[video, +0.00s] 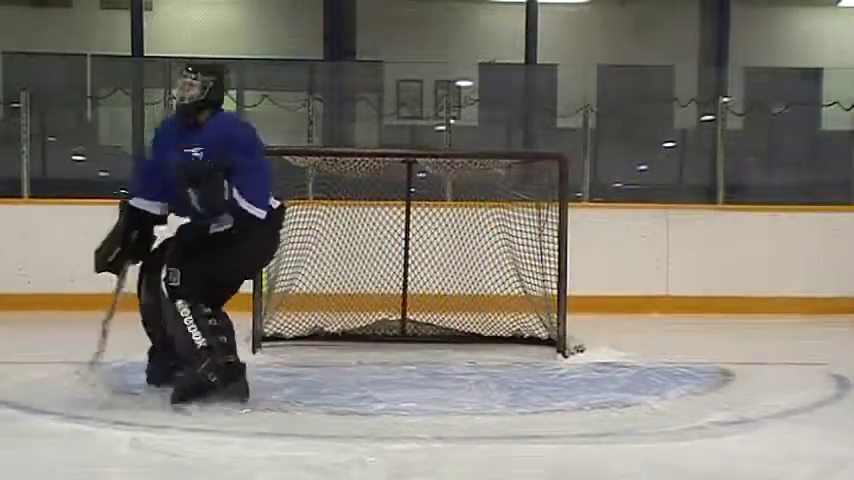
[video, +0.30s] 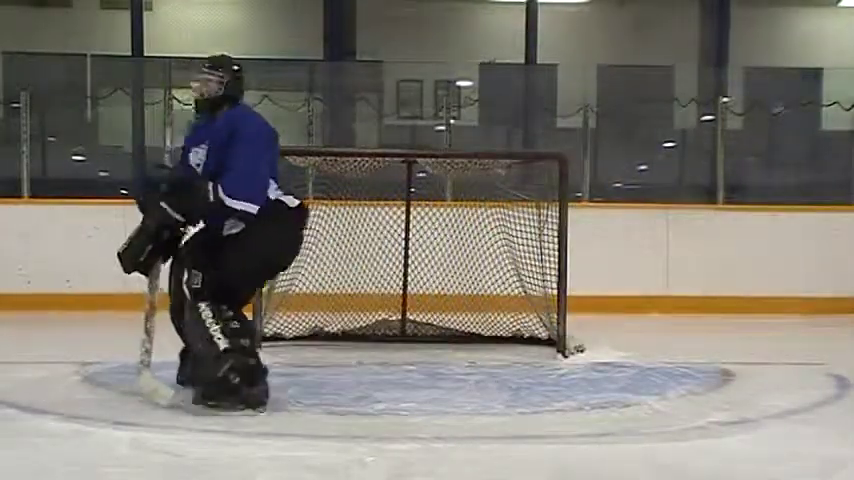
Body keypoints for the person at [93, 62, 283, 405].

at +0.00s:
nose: (184, 89)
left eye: (194, 84)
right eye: (183, 81)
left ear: (213, 90)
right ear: (178, 85)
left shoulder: (234, 132)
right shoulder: (170, 134)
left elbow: (254, 203)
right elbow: (150, 196)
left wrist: (220, 195)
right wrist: (129, 239)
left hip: (249, 230)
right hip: (202, 230)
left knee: (182, 280)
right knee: (154, 272)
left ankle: (218, 366)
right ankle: (171, 358)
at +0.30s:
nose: (199, 88)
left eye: (208, 81)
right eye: (199, 80)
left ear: (227, 86)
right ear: (202, 85)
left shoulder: (249, 127)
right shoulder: (201, 129)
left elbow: (241, 198)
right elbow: (183, 188)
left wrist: (188, 201)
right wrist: (156, 234)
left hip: (271, 225)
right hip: (228, 225)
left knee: (206, 287)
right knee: (186, 272)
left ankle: (239, 375)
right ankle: (205, 361)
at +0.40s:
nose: (219, 93)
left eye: (227, 87)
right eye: (214, 86)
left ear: (244, 95)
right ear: (208, 91)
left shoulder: (260, 135)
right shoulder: (204, 137)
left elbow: (264, 201)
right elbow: (182, 193)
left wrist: (202, 211)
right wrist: (155, 238)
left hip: (278, 227)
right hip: (230, 228)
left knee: (244, 294)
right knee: (197, 275)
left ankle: (272, 379)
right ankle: (229, 364)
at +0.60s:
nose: (268, 109)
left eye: (272, 102)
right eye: (259, 104)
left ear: (279, 109)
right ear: (242, 111)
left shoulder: (297, 149)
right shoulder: (225, 150)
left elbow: (300, 221)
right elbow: (196, 206)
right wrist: (169, 242)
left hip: (312, 231)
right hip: (249, 232)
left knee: (275, 294)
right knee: (222, 288)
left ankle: (346, 367)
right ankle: (228, 360)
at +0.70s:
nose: (296, 123)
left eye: (300, 116)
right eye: (288, 116)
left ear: (307, 121)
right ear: (271, 121)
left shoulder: (322, 160)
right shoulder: (245, 160)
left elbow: (328, 218)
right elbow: (214, 209)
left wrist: (304, 244)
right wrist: (187, 244)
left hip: (320, 248)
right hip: (268, 245)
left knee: (325, 312)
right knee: (237, 303)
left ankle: (389, 369)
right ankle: (225, 367)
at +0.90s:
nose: (384, 152)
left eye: (390, 145)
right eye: (377, 142)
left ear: (396, 147)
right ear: (360, 142)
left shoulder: (406, 183)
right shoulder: (329, 178)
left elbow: (416, 235)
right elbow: (293, 221)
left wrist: (407, 256)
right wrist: (270, 255)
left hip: (387, 286)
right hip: (334, 282)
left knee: (386, 354)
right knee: (292, 321)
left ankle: (449, 360)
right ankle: (229, 355)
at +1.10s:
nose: (474, 161)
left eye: (475, 153)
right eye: (467, 154)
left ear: (474, 157)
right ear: (446, 157)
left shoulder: (485, 200)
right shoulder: (413, 197)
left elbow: (498, 255)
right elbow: (378, 246)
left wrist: (493, 291)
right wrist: (386, 282)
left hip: (464, 313)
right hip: (413, 308)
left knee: (487, 368)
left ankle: (412, 359)